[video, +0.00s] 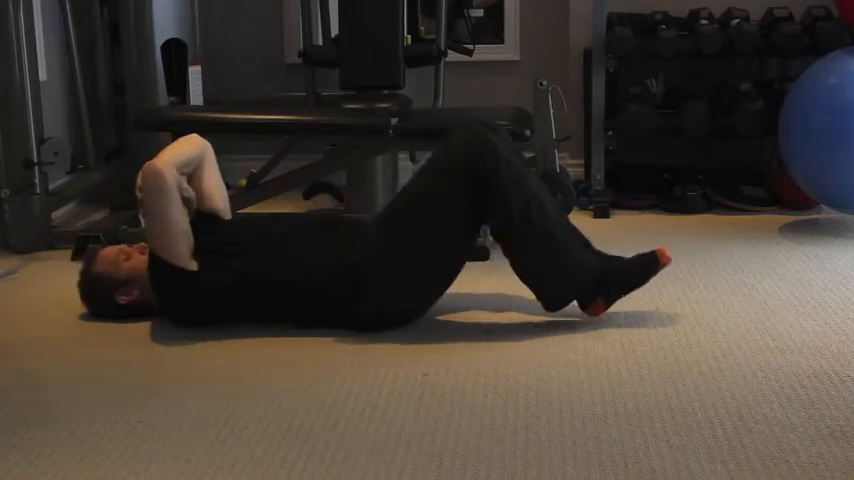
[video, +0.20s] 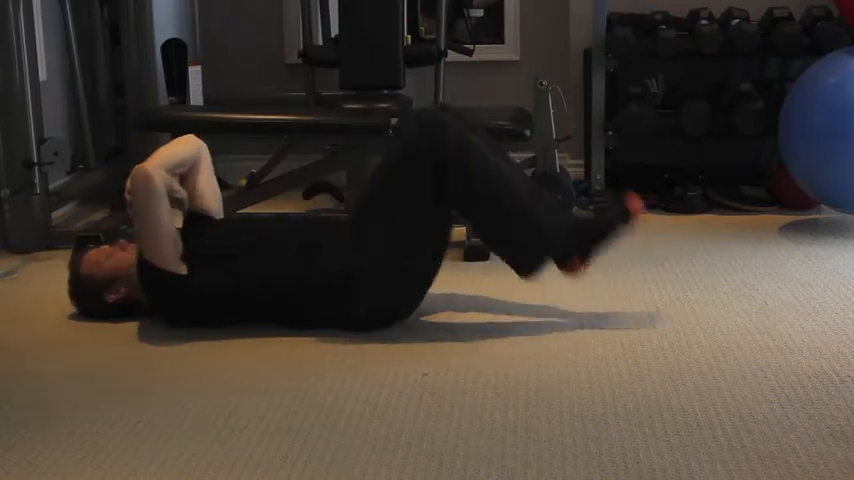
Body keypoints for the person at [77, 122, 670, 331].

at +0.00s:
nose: (129, 250)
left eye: (121, 250)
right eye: (118, 260)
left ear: (139, 260)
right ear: (130, 292)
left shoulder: (205, 256)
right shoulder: (183, 293)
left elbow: (200, 152)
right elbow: (163, 168)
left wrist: (181, 225)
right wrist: (175, 233)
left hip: (380, 260)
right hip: (373, 287)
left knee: (478, 142)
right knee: (475, 153)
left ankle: (573, 273)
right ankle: (584, 279)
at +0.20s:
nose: (115, 250)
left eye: (107, 249)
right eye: (105, 261)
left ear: (129, 259)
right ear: (118, 294)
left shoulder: (196, 251)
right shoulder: (173, 291)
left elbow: (195, 151)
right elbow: (148, 175)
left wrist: (169, 228)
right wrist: (162, 225)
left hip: (368, 259)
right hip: (363, 287)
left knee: (433, 130)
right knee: (431, 134)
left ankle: (542, 236)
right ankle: (561, 238)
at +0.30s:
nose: (107, 246)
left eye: (97, 248)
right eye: (98, 259)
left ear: (122, 258)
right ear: (115, 288)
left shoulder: (198, 242)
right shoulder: (167, 294)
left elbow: (194, 152)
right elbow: (145, 178)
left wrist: (143, 220)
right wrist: (159, 214)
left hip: (369, 264)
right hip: (356, 287)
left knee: (382, 116)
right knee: (374, 125)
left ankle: (527, 177)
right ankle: (528, 183)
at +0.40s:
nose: (99, 238)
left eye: (92, 241)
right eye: (91, 252)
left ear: (115, 241)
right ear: (113, 285)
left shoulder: (201, 244)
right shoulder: (165, 292)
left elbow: (200, 148)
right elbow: (147, 181)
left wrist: (146, 189)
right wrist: (148, 231)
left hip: (358, 265)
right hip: (338, 286)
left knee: (326, 117)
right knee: (313, 121)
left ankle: (486, 121)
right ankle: (487, 133)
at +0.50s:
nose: (103, 232)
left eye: (89, 240)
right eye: (90, 248)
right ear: (113, 283)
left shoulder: (198, 245)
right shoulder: (161, 290)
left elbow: (208, 146)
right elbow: (151, 174)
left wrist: (150, 180)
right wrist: (166, 185)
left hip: (367, 255)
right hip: (337, 275)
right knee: (256, 134)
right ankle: (430, 117)